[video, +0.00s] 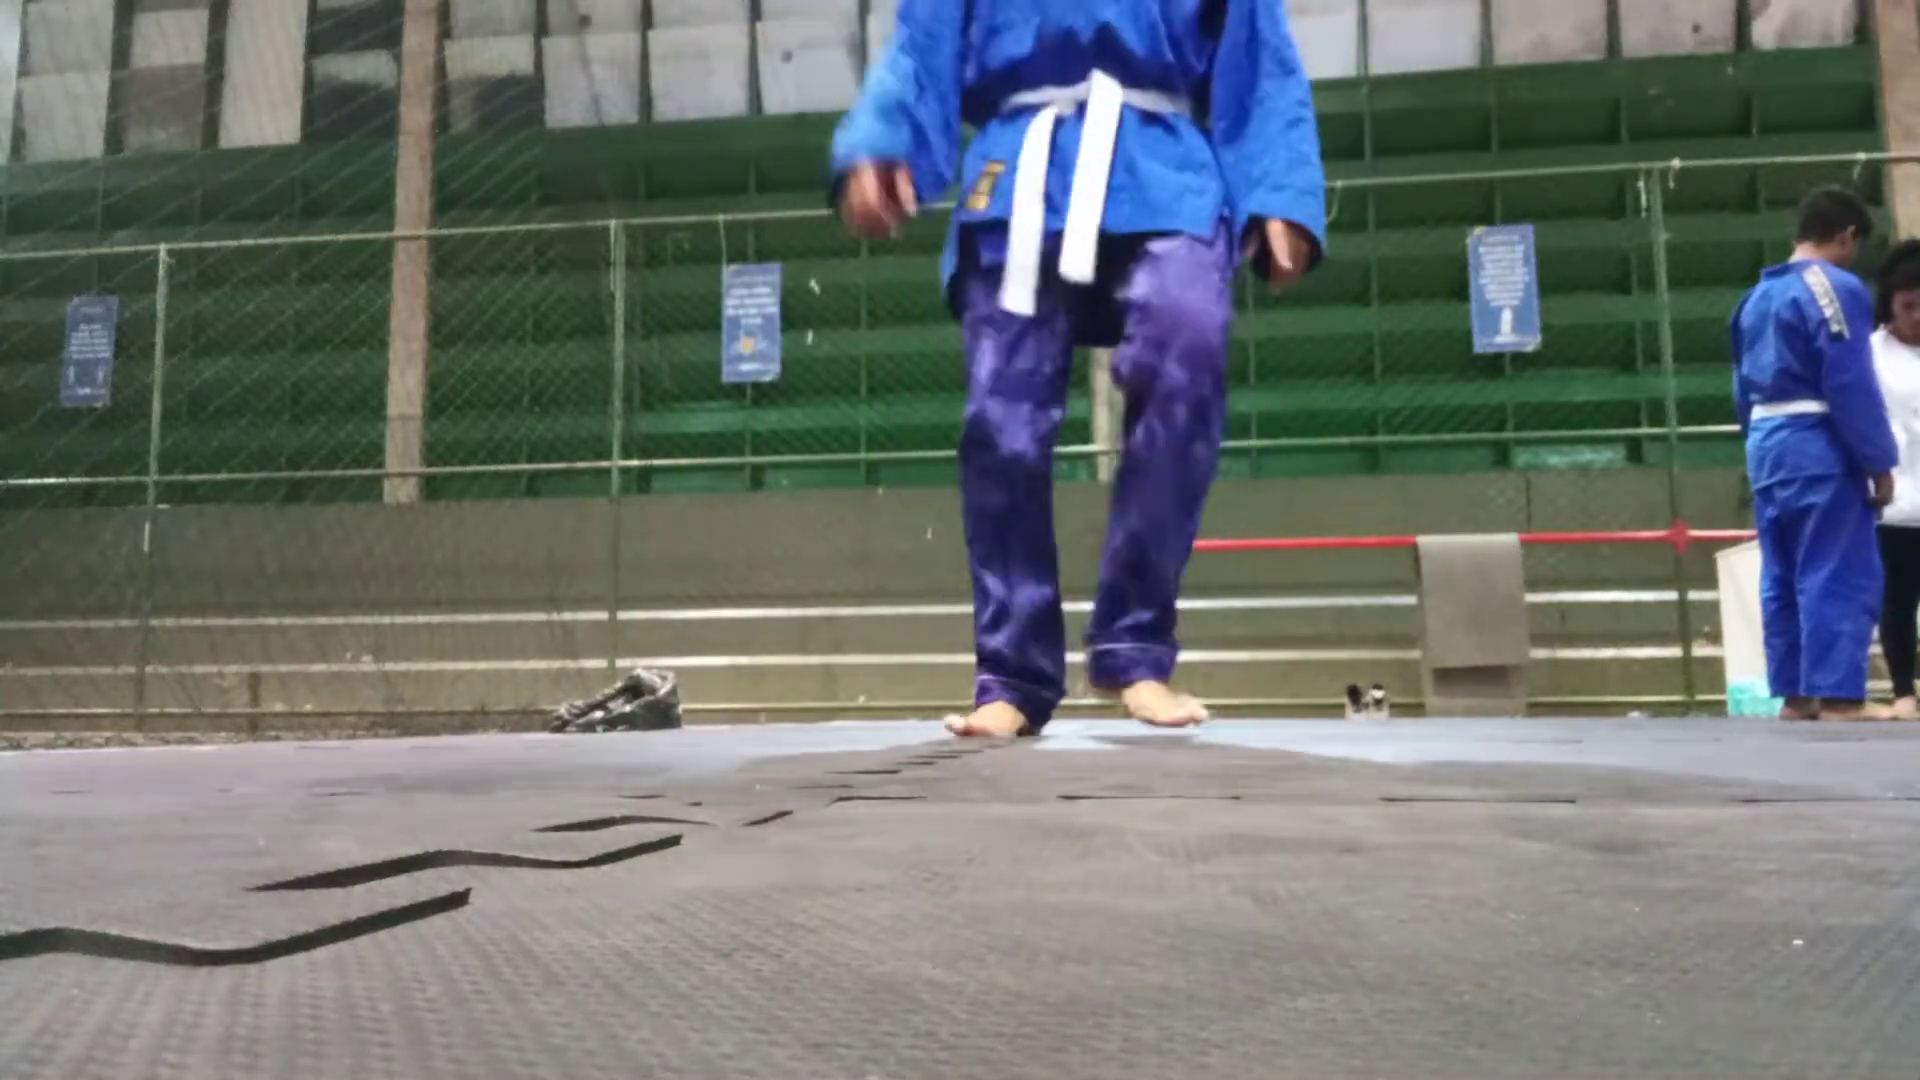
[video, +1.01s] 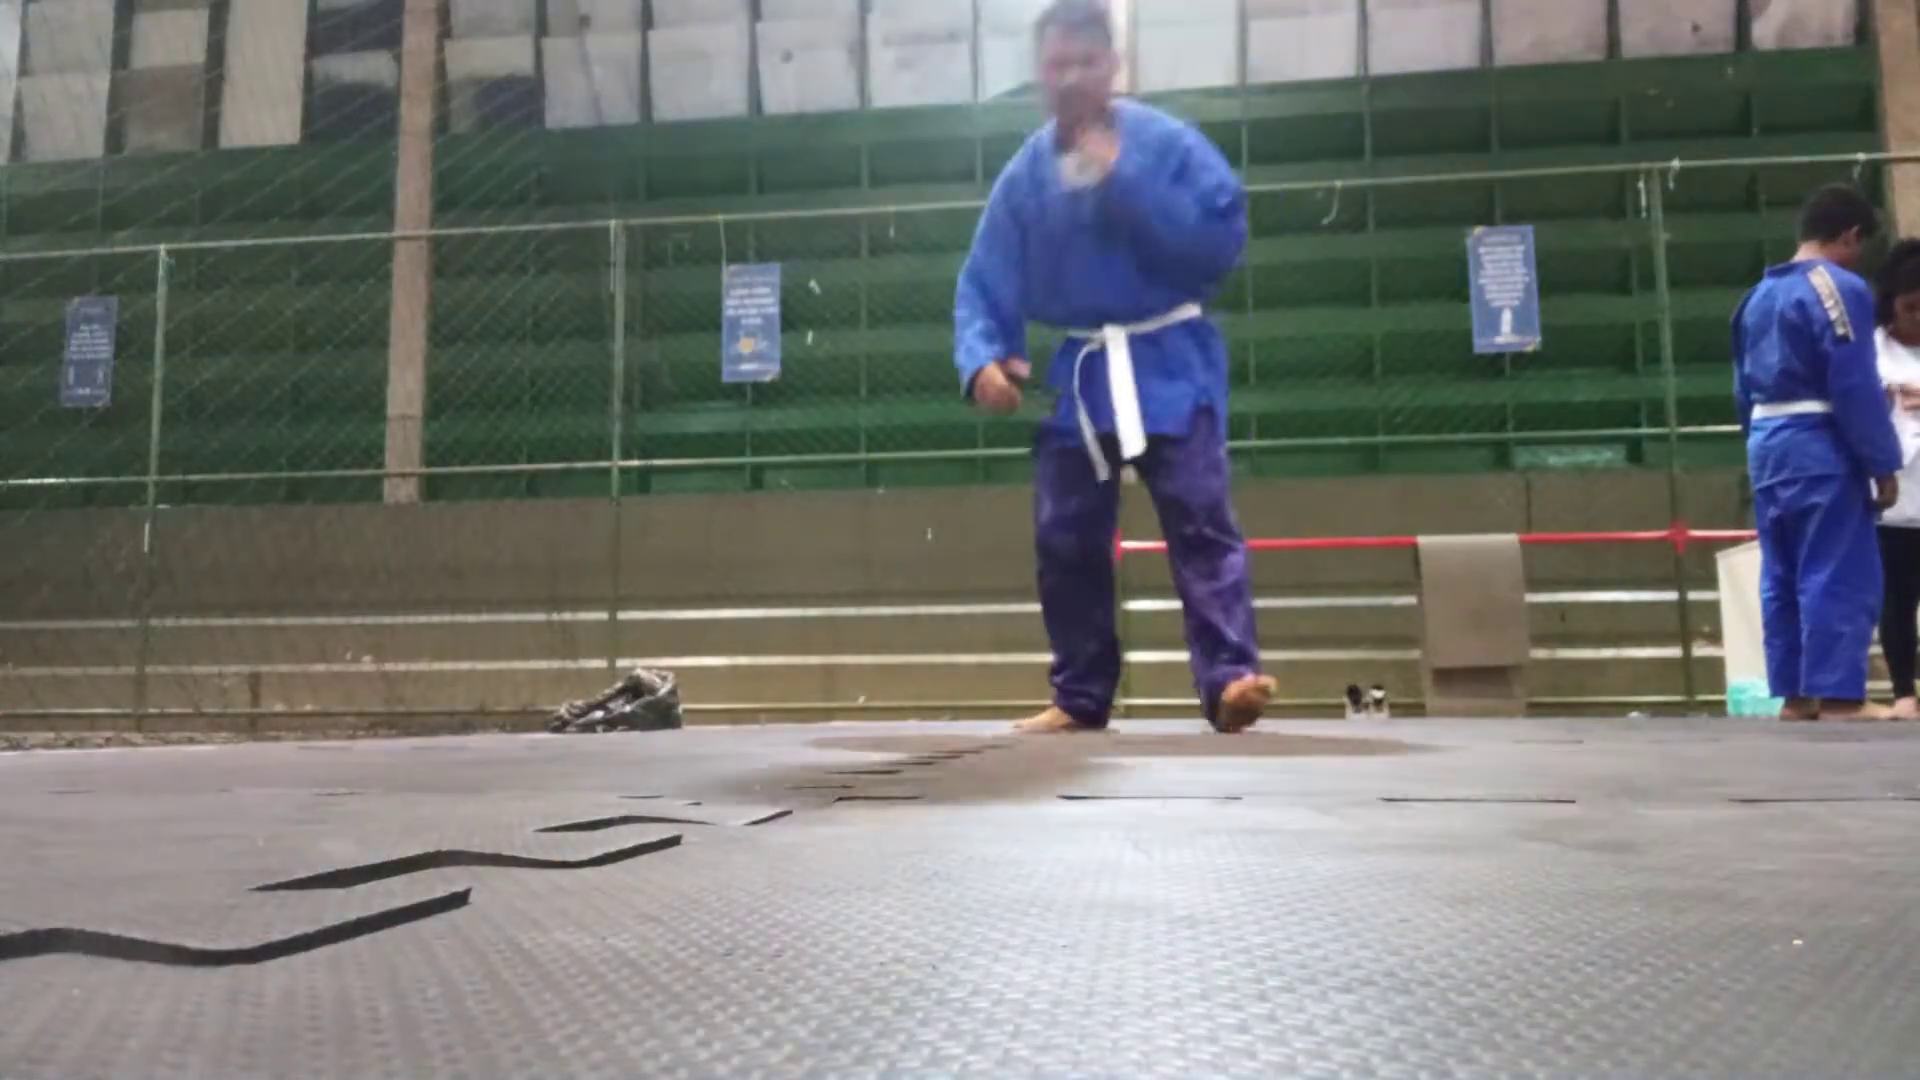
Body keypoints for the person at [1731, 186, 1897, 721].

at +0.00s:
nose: (1855, 252)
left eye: (1857, 244)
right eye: (1856, 243)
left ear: (1801, 233)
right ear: (1845, 236)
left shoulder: (1757, 296)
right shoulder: (1833, 289)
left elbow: (1745, 390)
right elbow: (1850, 387)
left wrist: (1764, 443)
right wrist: (1881, 464)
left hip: (1764, 440)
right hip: (1815, 438)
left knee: (1784, 572)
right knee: (1840, 567)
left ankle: (1794, 696)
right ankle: (1838, 697)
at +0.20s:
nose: (1856, 253)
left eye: (1858, 245)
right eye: (1857, 244)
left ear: (1801, 234)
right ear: (1845, 236)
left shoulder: (1757, 296)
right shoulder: (1835, 289)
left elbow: (1745, 391)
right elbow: (1851, 388)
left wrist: (1764, 444)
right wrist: (1883, 464)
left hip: (1764, 440)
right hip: (1816, 438)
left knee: (1783, 572)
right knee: (1840, 567)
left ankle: (1794, 696)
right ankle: (1837, 696)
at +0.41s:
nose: (1856, 253)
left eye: (1859, 245)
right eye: (1858, 244)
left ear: (1802, 233)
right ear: (1846, 236)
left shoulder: (1757, 297)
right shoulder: (1837, 289)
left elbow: (1745, 392)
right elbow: (1853, 388)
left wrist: (1764, 446)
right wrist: (1885, 464)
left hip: (1764, 441)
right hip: (1817, 439)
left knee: (1784, 571)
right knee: (1838, 567)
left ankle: (1795, 695)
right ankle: (1838, 696)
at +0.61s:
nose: (1859, 254)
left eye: (1861, 245)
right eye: (1860, 244)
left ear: (1804, 234)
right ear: (1846, 236)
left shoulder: (1758, 296)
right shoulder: (1837, 290)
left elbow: (1746, 392)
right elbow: (1853, 389)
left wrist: (1766, 445)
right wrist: (1885, 464)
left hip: (1765, 441)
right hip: (1817, 439)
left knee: (1784, 573)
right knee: (1838, 568)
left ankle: (1795, 696)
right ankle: (1838, 698)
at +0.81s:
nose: (1860, 254)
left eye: (1862, 245)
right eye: (1860, 243)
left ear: (1805, 233)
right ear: (1847, 236)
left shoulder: (1758, 296)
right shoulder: (1837, 289)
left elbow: (1746, 392)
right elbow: (1853, 389)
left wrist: (1765, 446)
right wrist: (1884, 466)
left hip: (1765, 440)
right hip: (1817, 439)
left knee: (1784, 573)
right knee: (1839, 568)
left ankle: (1794, 696)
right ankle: (1838, 698)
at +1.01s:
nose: (1860, 254)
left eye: (1862, 244)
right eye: (1861, 243)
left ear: (1805, 232)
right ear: (1847, 235)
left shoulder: (1758, 295)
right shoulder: (1838, 288)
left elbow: (1745, 392)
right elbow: (1854, 389)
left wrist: (1766, 444)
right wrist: (1885, 465)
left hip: (1765, 440)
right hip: (1818, 439)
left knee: (1784, 572)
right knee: (1838, 569)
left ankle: (1795, 696)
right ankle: (1838, 698)